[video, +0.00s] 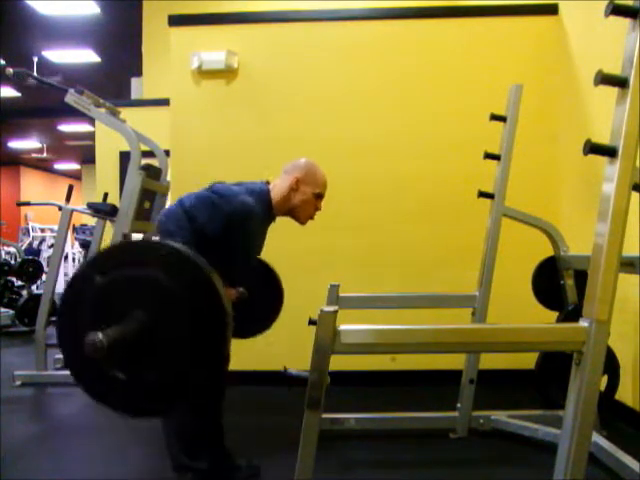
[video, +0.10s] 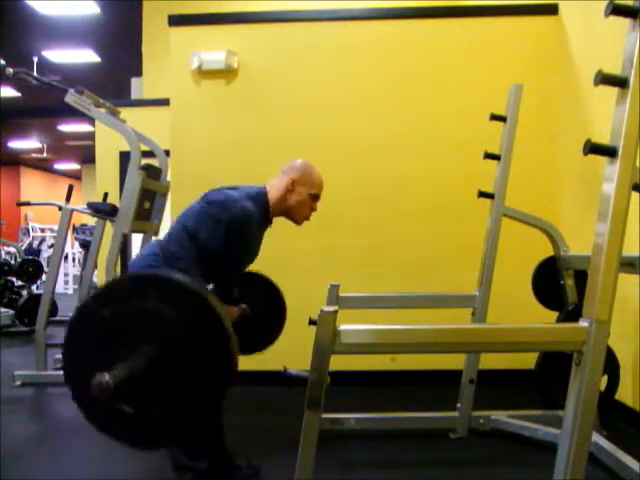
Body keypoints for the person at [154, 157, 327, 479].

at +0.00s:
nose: (319, 208)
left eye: (321, 200)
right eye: (317, 197)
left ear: (294, 187)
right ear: (295, 185)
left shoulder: (257, 215)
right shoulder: (243, 208)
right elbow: (172, 226)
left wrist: (230, 289)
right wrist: (213, 285)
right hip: (174, 298)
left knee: (205, 380)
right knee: (192, 381)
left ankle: (208, 461)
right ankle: (196, 463)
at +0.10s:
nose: (315, 208)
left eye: (317, 200)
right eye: (313, 197)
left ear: (289, 186)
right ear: (291, 186)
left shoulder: (254, 216)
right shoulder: (235, 208)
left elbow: (225, 274)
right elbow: (180, 257)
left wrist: (231, 302)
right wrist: (218, 307)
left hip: (174, 289)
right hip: (154, 287)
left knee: (198, 373)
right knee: (192, 374)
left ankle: (202, 458)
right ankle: (201, 461)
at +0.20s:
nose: (312, 210)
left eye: (314, 202)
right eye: (310, 200)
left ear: (286, 190)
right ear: (287, 189)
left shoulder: (252, 221)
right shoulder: (231, 211)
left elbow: (224, 278)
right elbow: (185, 274)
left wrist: (231, 322)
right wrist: (210, 330)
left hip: (178, 286)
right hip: (153, 283)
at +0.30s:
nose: (313, 212)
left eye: (315, 204)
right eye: (310, 202)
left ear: (286, 193)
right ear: (286, 192)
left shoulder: (253, 227)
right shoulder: (232, 218)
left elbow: (231, 292)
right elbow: (195, 291)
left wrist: (234, 338)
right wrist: (211, 346)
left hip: (173, 283)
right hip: (150, 280)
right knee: (159, 364)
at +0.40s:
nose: (316, 217)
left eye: (317, 208)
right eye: (313, 207)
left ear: (288, 200)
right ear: (288, 199)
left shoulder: (255, 232)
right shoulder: (238, 227)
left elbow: (236, 299)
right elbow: (208, 299)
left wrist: (234, 350)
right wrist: (215, 362)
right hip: (151, 283)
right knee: (172, 368)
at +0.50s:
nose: (320, 220)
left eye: (321, 213)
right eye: (316, 212)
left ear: (292, 204)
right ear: (292, 204)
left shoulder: (258, 237)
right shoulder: (243, 233)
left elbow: (242, 306)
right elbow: (217, 304)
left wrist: (238, 360)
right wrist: (215, 372)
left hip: (172, 283)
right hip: (153, 279)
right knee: (178, 369)